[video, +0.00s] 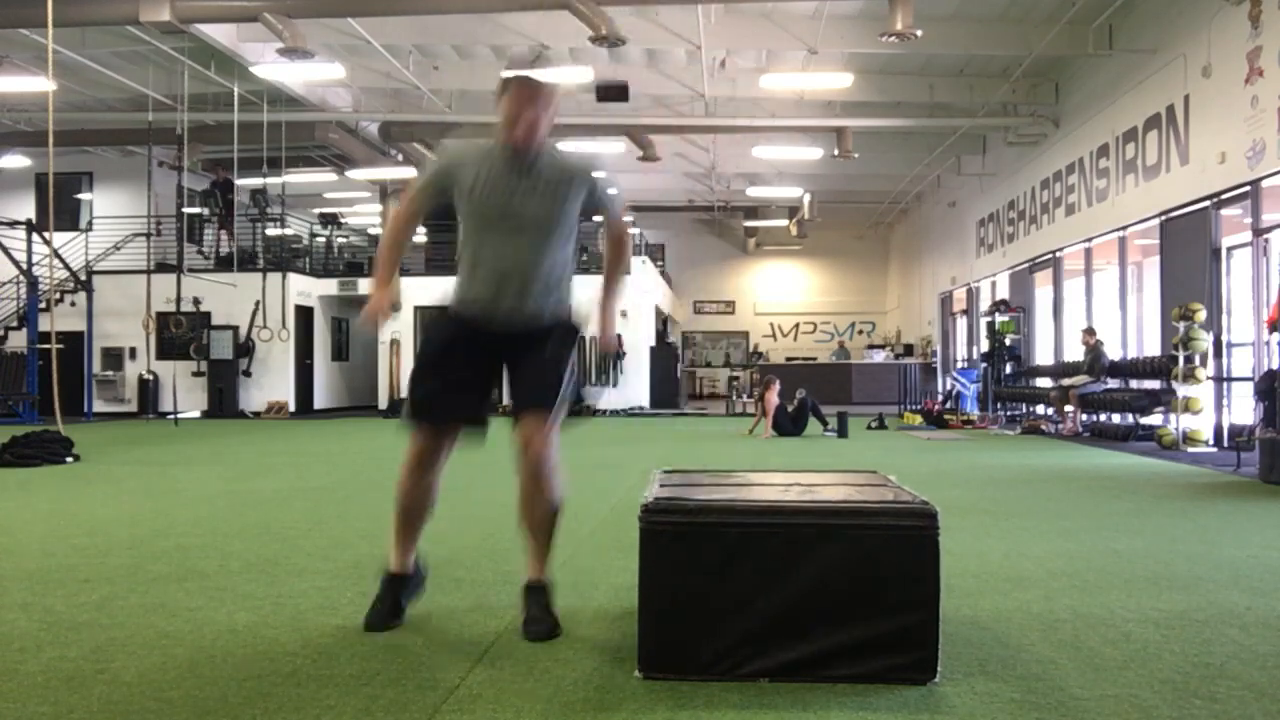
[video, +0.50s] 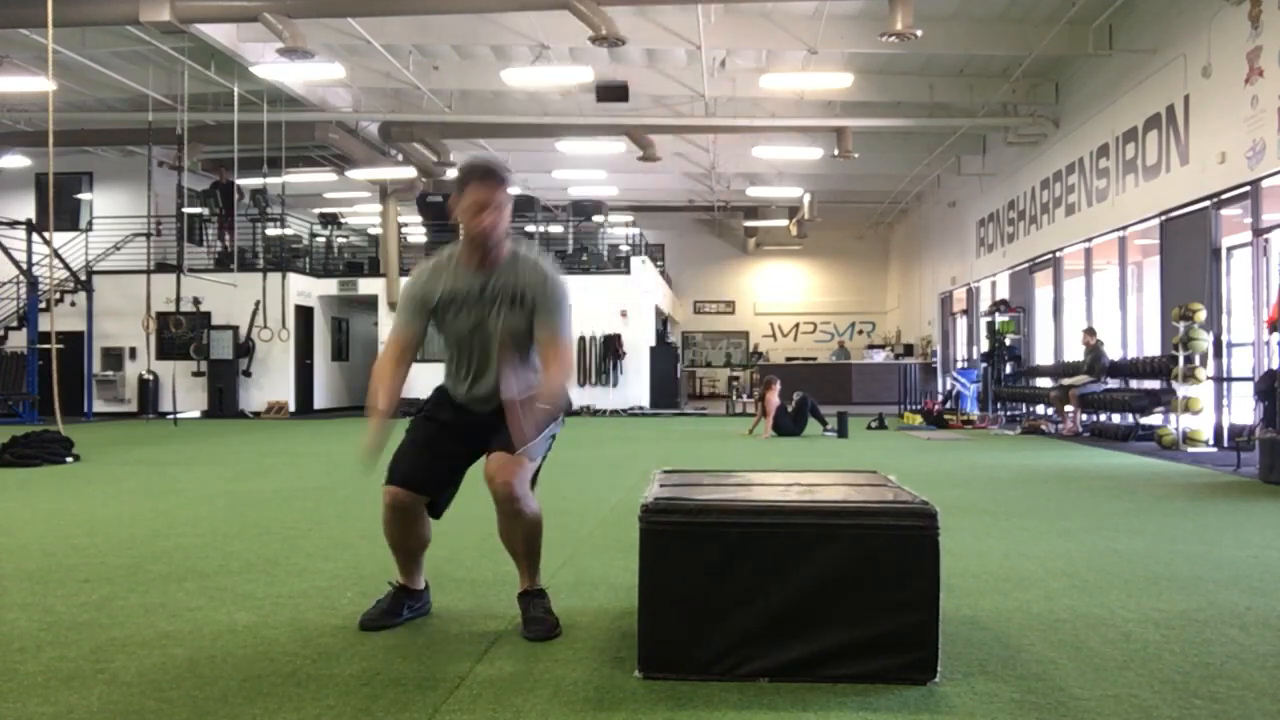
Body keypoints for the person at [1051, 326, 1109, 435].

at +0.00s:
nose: (1082, 340)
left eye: (1084, 337)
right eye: (1082, 336)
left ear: (1092, 338)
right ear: (1087, 338)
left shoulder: (1099, 353)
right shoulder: (1088, 351)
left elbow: (1095, 377)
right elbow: (1085, 372)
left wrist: (1073, 381)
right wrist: (1071, 380)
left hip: (1099, 382)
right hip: (1087, 379)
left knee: (1074, 393)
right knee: (1054, 395)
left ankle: (1076, 426)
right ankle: (1066, 424)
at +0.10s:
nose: (1083, 340)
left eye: (1085, 337)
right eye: (1083, 337)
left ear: (1093, 338)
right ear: (1086, 338)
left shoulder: (1100, 353)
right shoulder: (1088, 351)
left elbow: (1095, 377)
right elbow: (1085, 371)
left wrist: (1072, 381)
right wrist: (1071, 380)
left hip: (1098, 382)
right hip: (1086, 380)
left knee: (1074, 392)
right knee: (1055, 395)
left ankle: (1076, 426)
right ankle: (1066, 424)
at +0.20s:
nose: (1083, 340)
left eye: (1085, 337)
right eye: (1083, 337)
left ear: (1093, 338)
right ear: (1087, 338)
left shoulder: (1100, 354)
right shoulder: (1088, 351)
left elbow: (1095, 377)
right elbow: (1085, 372)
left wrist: (1073, 381)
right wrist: (1071, 380)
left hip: (1098, 382)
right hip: (1086, 380)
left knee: (1073, 393)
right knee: (1054, 395)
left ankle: (1076, 426)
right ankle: (1066, 424)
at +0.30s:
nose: (1083, 340)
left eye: (1085, 337)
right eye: (1083, 337)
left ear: (1093, 338)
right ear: (1087, 338)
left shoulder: (1100, 354)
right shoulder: (1088, 351)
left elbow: (1096, 377)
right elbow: (1085, 371)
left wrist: (1073, 381)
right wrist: (1071, 380)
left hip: (1098, 382)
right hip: (1086, 380)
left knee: (1073, 393)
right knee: (1054, 395)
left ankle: (1076, 426)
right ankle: (1066, 424)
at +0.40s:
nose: (1083, 340)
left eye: (1085, 337)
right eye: (1083, 337)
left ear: (1093, 338)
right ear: (1087, 338)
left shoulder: (1100, 353)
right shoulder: (1088, 351)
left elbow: (1096, 377)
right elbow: (1085, 371)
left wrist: (1073, 381)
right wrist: (1071, 380)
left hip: (1098, 382)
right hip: (1086, 380)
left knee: (1073, 393)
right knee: (1054, 395)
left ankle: (1076, 426)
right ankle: (1066, 424)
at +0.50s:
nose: (1083, 340)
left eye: (1085, 337)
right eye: (1083, 337)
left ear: (1093, 338)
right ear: (1087, 338)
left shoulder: (1100, 354)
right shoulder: (1088, 351)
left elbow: (1096, 377)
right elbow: (1085, 371)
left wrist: (1073, 381)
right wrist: (1071, 380)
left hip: (1098, 382)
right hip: (1086, 380)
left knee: (1073, 392)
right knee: (1054, 395)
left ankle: (1076, 426)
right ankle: (1066, 424)